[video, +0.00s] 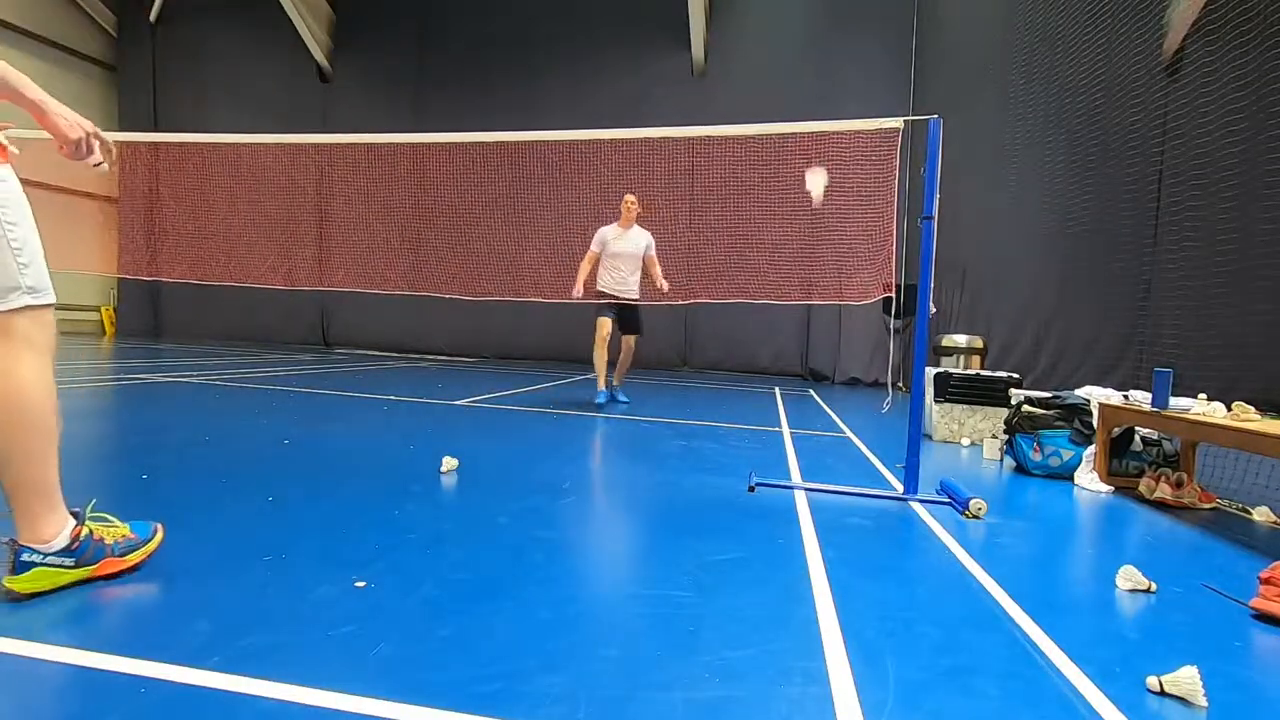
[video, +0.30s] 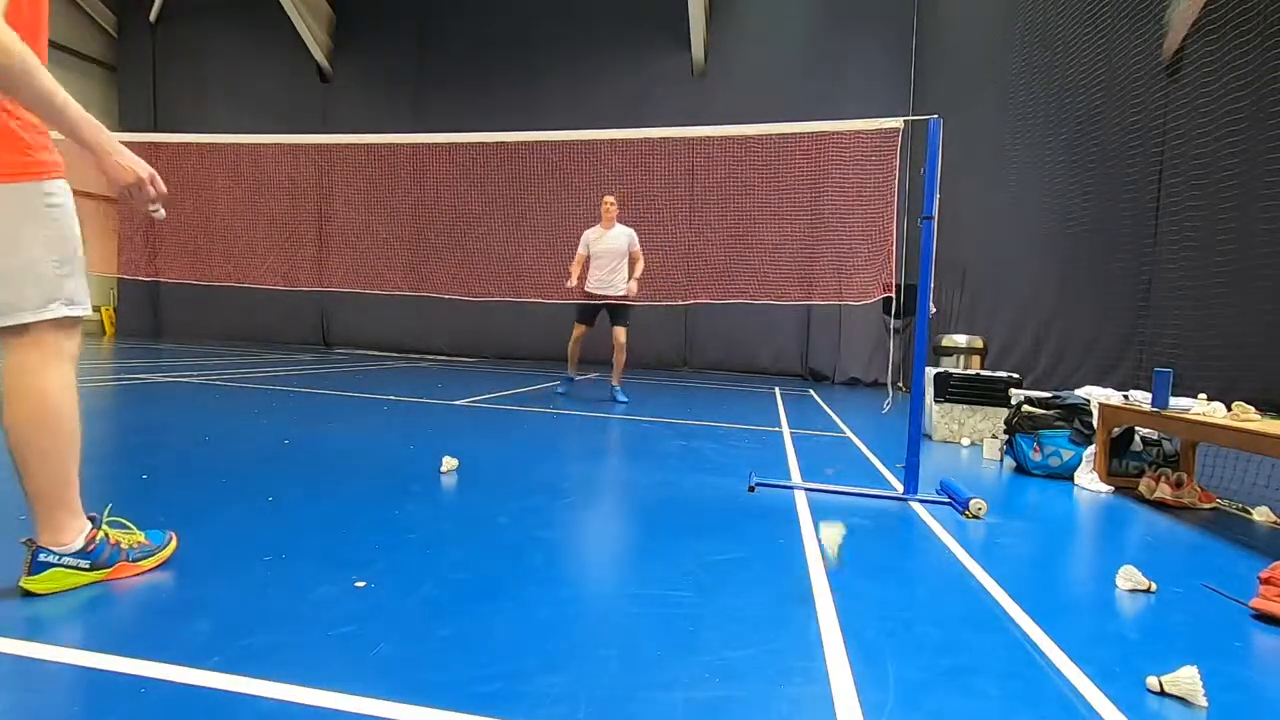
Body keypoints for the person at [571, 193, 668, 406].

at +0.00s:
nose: (629, 206)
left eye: (633, 204)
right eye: (626, 203)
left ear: (639, 209)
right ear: (620, 206)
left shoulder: (646, 237)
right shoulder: (604, 233)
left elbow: (653, 264)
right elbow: (589, 259)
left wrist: (659, 279)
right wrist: (579, 283)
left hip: (630, 297)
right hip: (606, 294)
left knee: (629, 344)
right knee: (603, 334)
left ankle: (616, 386)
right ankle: (601, 388)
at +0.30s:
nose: (608, 207)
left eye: (611, 204)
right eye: (605, 204)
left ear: (618, 210)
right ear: (600, 209)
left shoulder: (629, 234)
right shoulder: (589, 235)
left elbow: (638, 259)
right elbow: (578, 261)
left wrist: (634, 279)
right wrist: (574, 277)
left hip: (619, 294)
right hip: (592, 293)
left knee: (621, 342)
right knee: (576, 336)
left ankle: (616, 385)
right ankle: (570, 376)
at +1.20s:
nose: (631, 222)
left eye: (634, 219)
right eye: (628, 218)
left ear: (638, 225)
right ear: (621, 222)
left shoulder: (640, 253)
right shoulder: (605, 245)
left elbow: (651, 274)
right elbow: (593, 273)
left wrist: (665, 287)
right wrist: (595, 298)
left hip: (626, 306)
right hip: (604, 304)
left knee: (638, 350)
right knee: (606, 348)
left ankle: (627, 388)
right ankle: (589, 378)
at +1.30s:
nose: (638, 219)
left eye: (641, 216)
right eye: (635, 215)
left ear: (644, 221)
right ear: (627, 218)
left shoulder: (645, 249)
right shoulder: (611, 239)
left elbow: (660, 269)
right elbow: (598, 263)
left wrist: (680, 274)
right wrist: (614, 276)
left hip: (630, 302)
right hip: (607, 299)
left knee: (639, 351)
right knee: (612, 336)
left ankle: (627, 388)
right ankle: (602, 387)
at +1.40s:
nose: (642, 213)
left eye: (645, 210)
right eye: (639, 208)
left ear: (648, 216)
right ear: (630, 211)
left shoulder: (648, 242)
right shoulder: (615, 231)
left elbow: (662, 265)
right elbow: (609, 242)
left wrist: (685, 267)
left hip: (632, 300)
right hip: (609, 296)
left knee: (637, 349)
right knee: (613, 334)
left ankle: (626, 386)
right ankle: (613, 391)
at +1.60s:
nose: (649, 217)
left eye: (652, 214)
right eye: (645, 212)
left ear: (654, 220)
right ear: (635, 215)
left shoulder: (650, 246)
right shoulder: (623, 235)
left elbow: (652, 270)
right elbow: (618, 241)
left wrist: (673, 287)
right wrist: (619, 242)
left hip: (635, 307)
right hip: (613, 302)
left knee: (640, 356)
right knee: (624, 339)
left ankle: (622, 383)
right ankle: (626, 400)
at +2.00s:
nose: (659, 232)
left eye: (663, 229)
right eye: (655, 227)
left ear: (666, 235)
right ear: (645, 229)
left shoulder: (658, 256)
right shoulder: (632, 252)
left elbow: (646, 279)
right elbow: (619, 261)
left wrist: (652, 296)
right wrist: (613, 265)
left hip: (635, 309)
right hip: (611, 306)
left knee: (638, 354)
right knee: (623, 339)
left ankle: (623, 382)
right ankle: (626, 400)